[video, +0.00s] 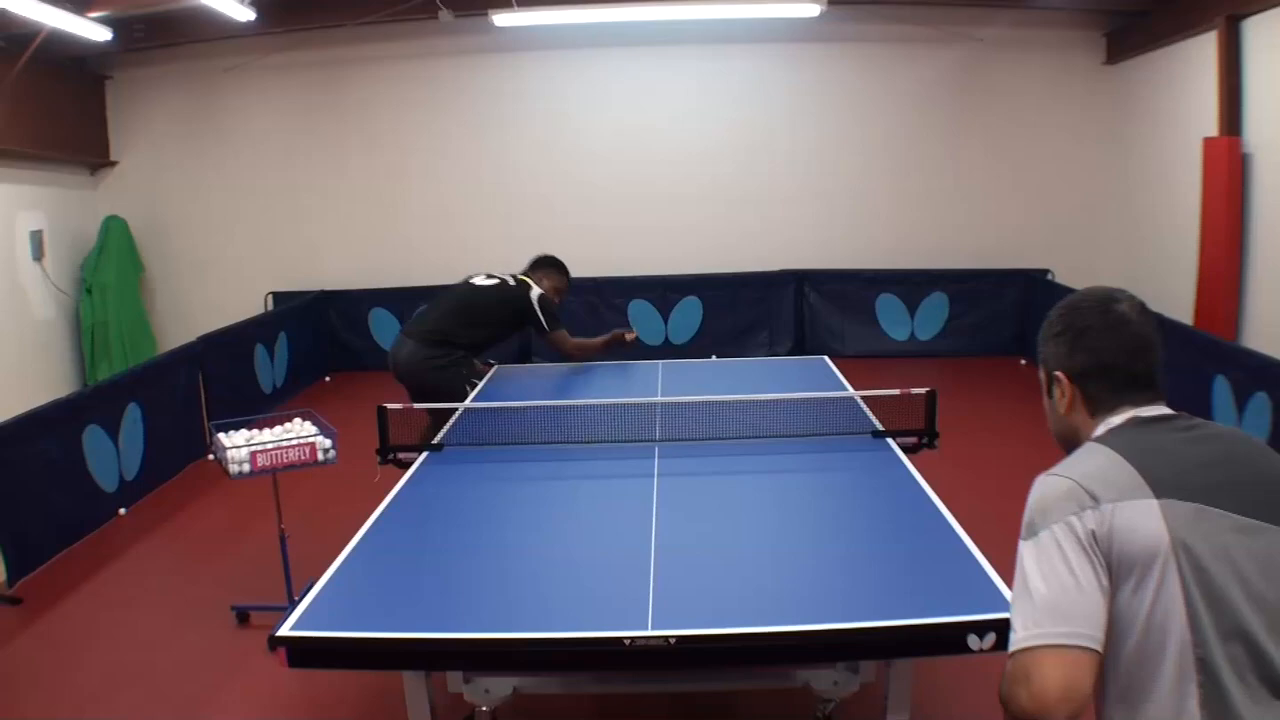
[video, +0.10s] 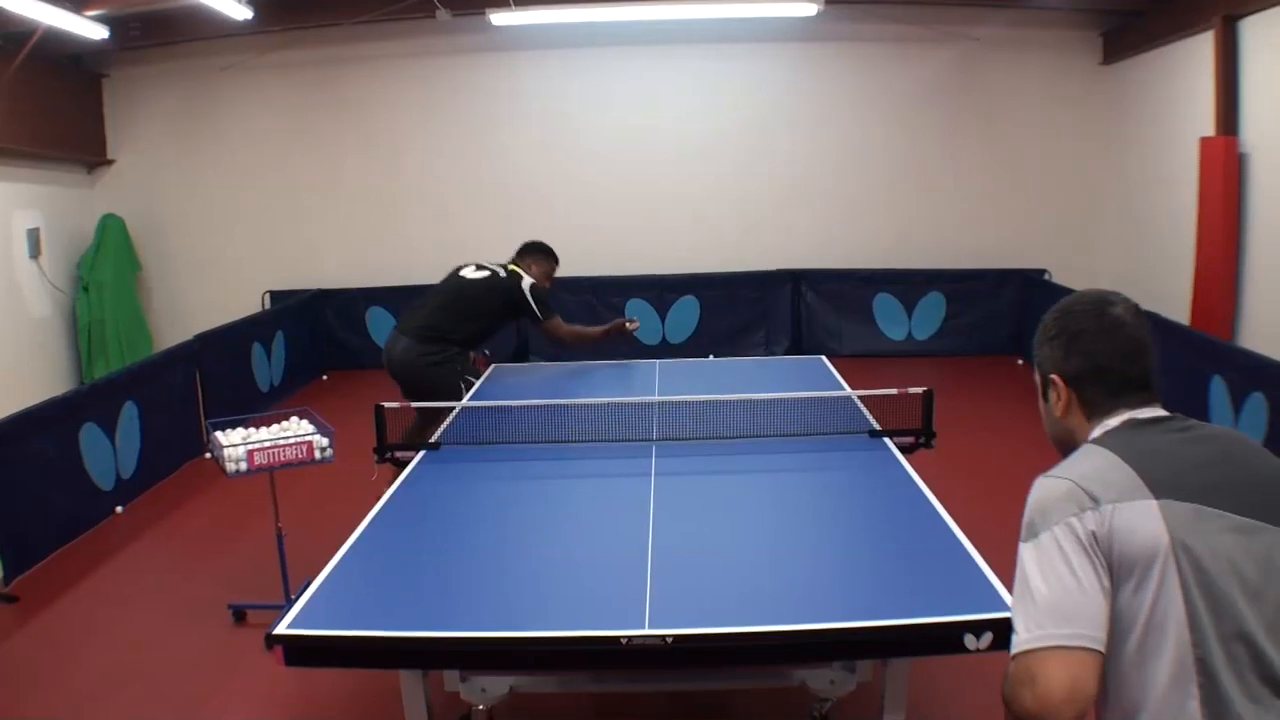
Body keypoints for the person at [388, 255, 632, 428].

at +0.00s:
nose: (558, 299)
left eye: (561, 294)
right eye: (559, 292)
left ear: (530, 273)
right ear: (545, 279)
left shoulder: (490, 280)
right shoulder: (535, 296)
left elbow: (448, 327)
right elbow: (569, 348)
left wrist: (480, 367)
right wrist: (610, 341)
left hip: (405, 352)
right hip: (433, 358)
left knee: (446, 413)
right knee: (485, 410)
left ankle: (423, 466)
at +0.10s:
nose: (548, 284)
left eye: (550, 279)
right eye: (548, 278)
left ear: (517, 262)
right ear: (532, 267)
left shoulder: (476, 269)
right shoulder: (525, 287)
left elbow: (442, 309)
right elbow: (563, 335)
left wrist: (469, 354)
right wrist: (608, 330)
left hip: (399, 349)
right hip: (429, 357)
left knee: (433, 413)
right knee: (474, 410)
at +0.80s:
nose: (437, 223)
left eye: (437, 219)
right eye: (434, 219)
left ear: (401, 219)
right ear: (418, 217)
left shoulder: (365, 241)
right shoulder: (421, 234)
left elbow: (326, 282)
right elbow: (466, 235)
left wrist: (359, 297)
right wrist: (498, 260)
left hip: (328, 337)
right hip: (363, 340)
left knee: (344, 420)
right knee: (422, 412)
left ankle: (319, 505)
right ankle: (429, 495)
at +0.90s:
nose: (442, 239)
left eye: (442, 234)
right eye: (440, 234)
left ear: (407, 232)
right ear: (428, 230)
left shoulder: (375, 249)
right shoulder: (427, 246)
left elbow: (337, 280)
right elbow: (460, 261)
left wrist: (373, 281)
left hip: (329, 342)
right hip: (362, 347)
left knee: (347, 424)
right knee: (433, 408)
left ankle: (319, 504)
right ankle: (433, 493)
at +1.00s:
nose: (459, 256)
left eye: (459, 250)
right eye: (457, 250)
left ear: (425, 246)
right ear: (446, 246)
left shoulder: (394, 257)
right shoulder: (440, 260)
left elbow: (361, 281)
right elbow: (441, 287)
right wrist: (442, 335)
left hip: (338, 353)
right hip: (372, 358)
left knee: (360, 426)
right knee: (438, 422)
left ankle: (319, 505)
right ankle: (440, 499)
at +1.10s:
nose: (489, 269)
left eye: (490, 261)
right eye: (487, 260)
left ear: (460, 255)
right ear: (469, 256)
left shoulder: (430, 267)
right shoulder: (449, 272)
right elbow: (415, 299)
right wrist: (428, 343)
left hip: (359, 359)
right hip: (384, 364)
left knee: (379, 429)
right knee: (442, 424)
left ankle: (325, 497)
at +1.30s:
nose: (495, 254)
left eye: (502, 250)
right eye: (490, 245)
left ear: (507, 250)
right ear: (473, 236)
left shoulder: (482, 267)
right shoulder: (439, 262)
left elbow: (470, 298)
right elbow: (386, 292)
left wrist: (487, 331)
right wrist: (425, 333)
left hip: (433, 352)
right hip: (403, 352)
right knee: (448, 415)